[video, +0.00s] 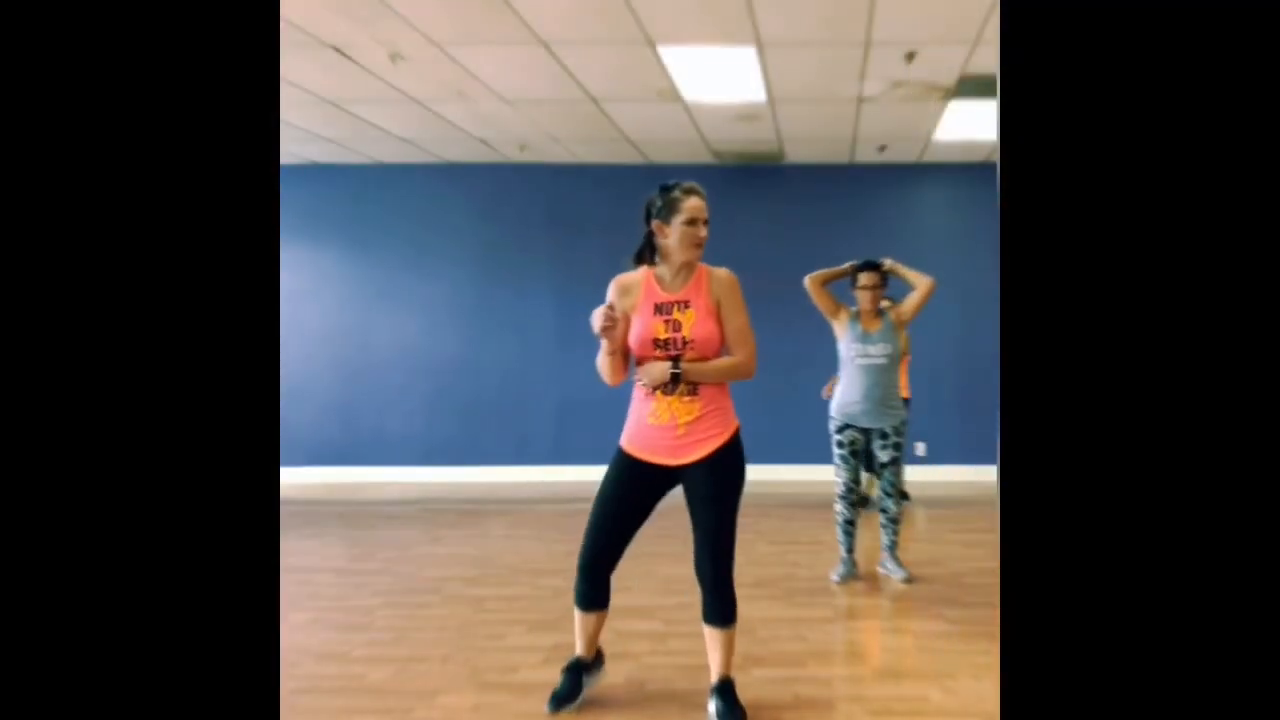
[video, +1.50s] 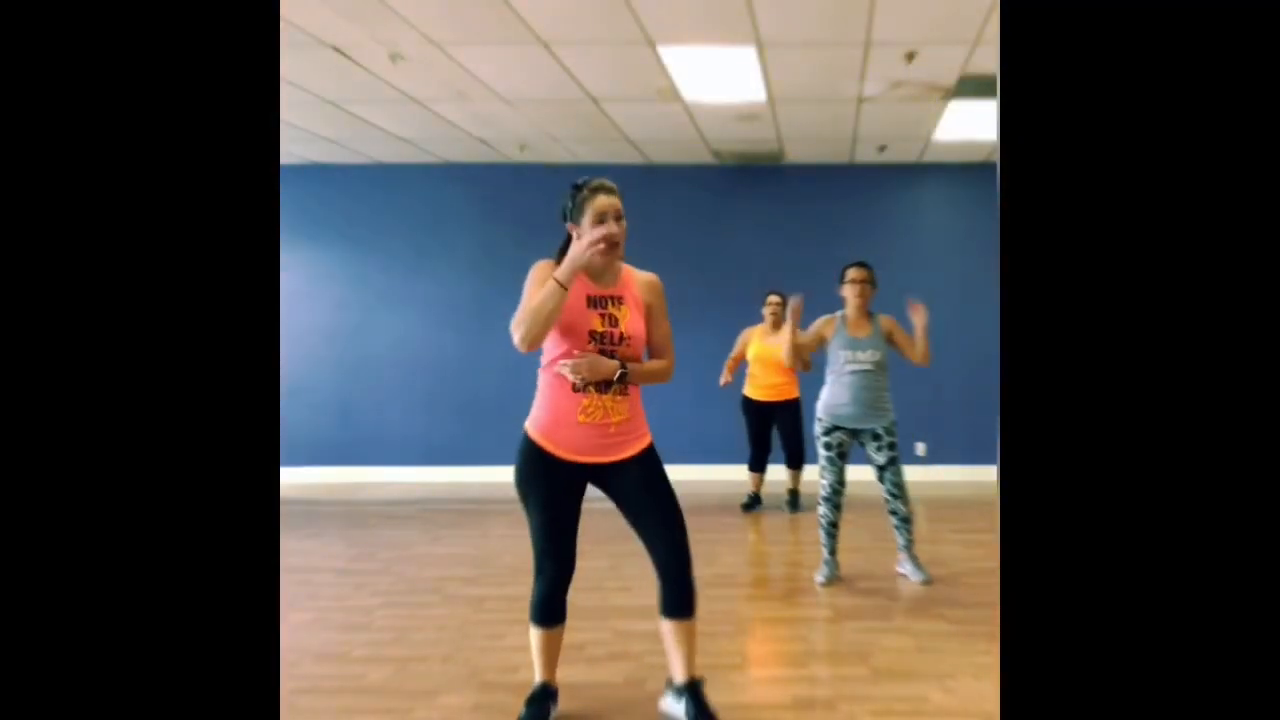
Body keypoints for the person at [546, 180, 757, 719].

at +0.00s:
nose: (702, 232)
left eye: (705, 223)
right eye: (691, 224)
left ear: (706, 228)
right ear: (659, 229)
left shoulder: (721, 283)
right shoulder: (627, 288)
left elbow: (745, 364)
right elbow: (613, 376)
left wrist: (678, 368)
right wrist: (610, 339)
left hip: (712, 445)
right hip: (644, 446)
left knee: (714, 571)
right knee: (593, 562)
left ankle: (722, 687)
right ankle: (584, 660)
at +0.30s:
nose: (716, 226)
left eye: (719, 217)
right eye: (705, 217)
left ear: (719, 223)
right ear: (672, 223)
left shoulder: (734, 279)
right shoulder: (638, 279)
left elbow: (756, 362)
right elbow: (617, 368)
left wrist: (690, 363)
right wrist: (622, 331)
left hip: (717, 443)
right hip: (646, 441)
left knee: (718, 571)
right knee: (600, 559)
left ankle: (722, 688)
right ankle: (602, 669)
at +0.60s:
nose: (689, 237)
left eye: (691, 228)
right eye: (678, 228)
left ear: (689, 235)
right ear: (645, 235)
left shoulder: (699, 294)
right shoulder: (603, 292)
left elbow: (722, 374)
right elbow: (585, 380)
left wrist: (665, 375)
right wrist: (602, 343)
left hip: (692, 455)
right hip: (618, 458)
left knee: (712, 577)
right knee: (585, 580)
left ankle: (723, 690)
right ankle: (548, 689)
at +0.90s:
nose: (644, 236)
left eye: (644, 226)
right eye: (634, 227)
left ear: (634, 233)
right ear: (599, 233)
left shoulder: (649, 295)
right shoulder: (555, 289)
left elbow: (667, 374)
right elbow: (528, 377)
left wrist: (620, 377)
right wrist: (557, 344)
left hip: (634, 457)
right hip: (560, 457)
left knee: (682, 572)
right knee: (556, 580)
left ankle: (714, 686)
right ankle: (545, 690)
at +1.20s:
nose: (626, 228)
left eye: (626, 218)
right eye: (615, 219)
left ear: (612, 225)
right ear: (581, 225)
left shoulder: (628, 284)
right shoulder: (540, 281)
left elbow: (647, 361)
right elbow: (509, 367)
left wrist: (612, 369)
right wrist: (551, 332)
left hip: (620, 449)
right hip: (552, 450)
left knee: (651, 563)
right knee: (554, 570)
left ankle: (663, 695)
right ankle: (545, 689)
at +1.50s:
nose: (613, 228)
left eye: (620, 218)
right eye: (601, 220)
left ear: (626, 225)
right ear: (574, 229)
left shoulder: (645, 285)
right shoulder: (548, 275)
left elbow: (664, 367)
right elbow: (525, 337)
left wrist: (613, 368)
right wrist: (570, 269)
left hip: (627, 449)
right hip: (553, 450)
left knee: (674, 558)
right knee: (553, 573)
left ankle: (684, 688)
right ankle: (543, 690)